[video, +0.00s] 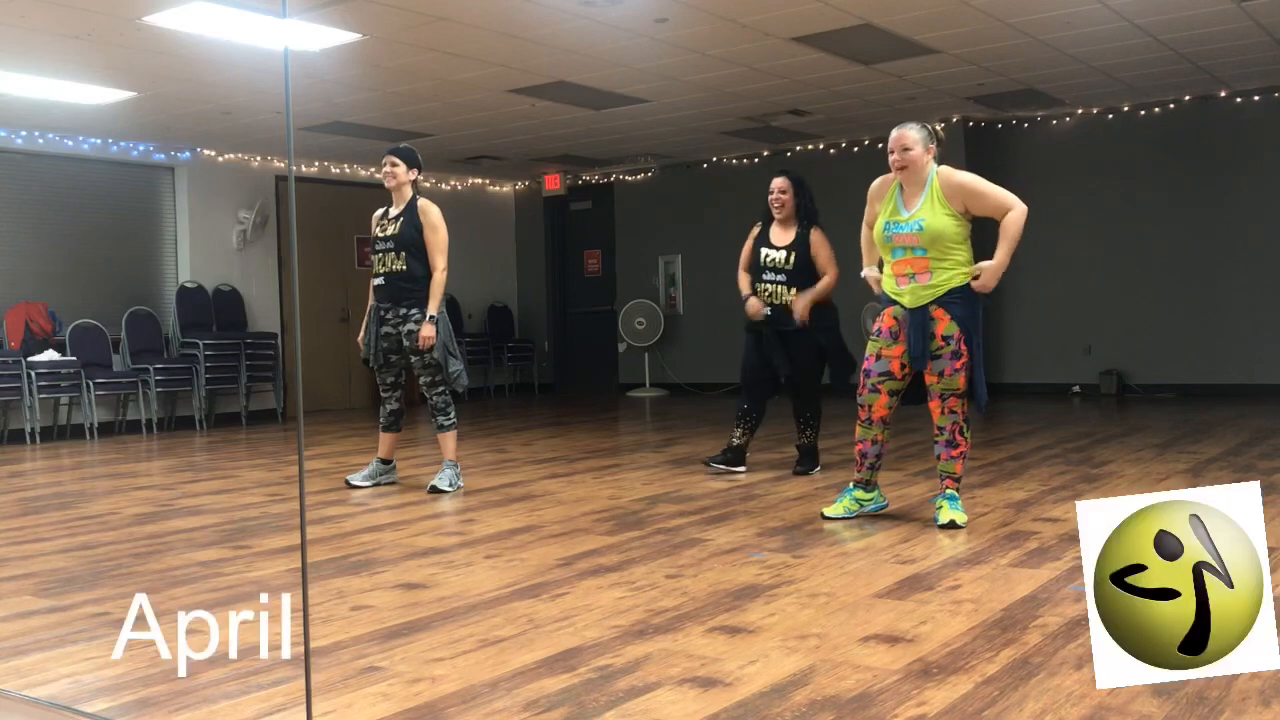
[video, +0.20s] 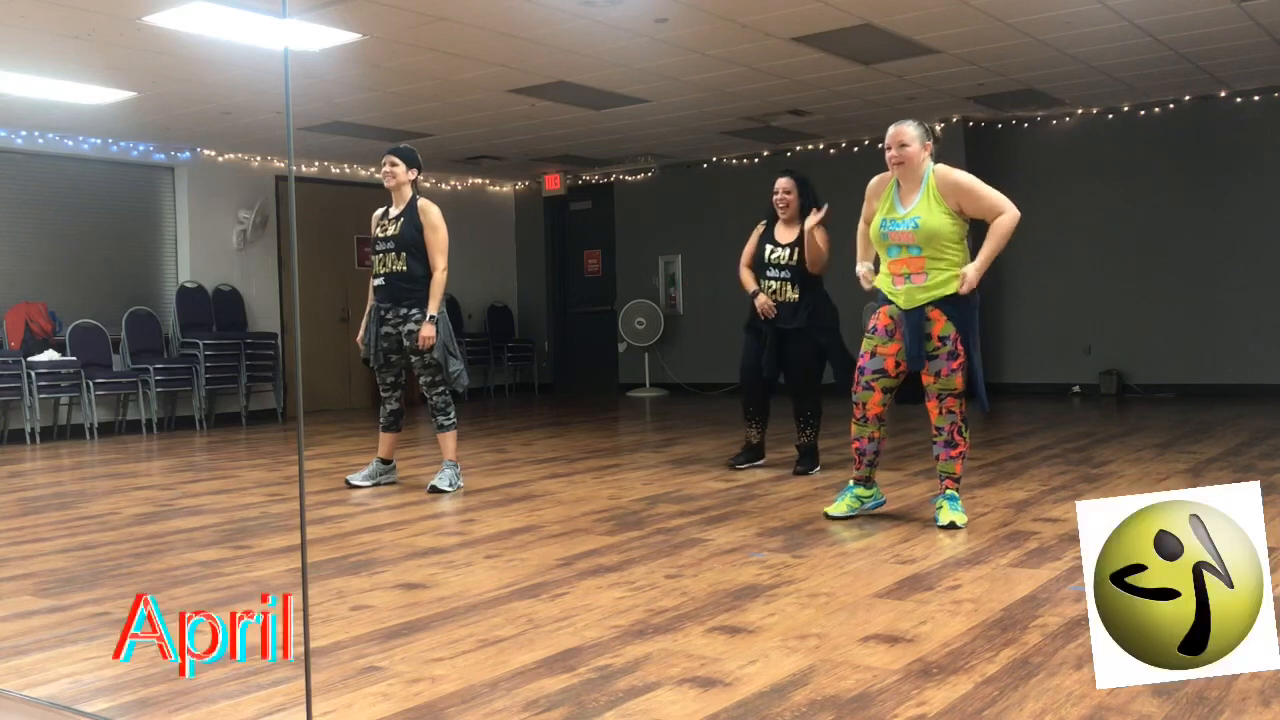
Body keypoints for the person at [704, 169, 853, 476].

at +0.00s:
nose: (775, 198)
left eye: (782, 192)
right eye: (772, 193)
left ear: (797, 197)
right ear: (768, 198)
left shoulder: (812, 235)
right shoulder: (758, 232)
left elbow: (831, 275)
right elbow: (744, 271)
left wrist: (808, 297)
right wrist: (749, 297)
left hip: (801, 330)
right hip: (764, 328)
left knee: (804, 391)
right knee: (753, 387)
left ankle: (808, 454)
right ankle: (736, 451)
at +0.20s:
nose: (780, 198)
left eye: (787, 192)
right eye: (776, 192)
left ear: (802, 197)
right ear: (772, 197)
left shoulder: (815, 231)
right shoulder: (764, 229)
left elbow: (816, 265)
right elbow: (744, 266)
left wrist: (809, 230)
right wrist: (757, 294)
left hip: (804, 324)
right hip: (765, 323)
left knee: (804, 386)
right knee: (753, 380)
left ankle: (808, 453)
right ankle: (754, 447)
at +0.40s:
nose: (775, 200)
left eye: (782, 195)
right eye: (772, 195)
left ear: (797, 200)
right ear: (767, 199)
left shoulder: (808, 232)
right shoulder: (757, 232)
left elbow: (808, 257)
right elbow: (738, 270)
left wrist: (796, 216)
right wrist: (745, 297)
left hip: (798, 327)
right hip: (760, 328)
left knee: (802, 389)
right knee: (761, 389)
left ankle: (807, 453)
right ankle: (763, 449)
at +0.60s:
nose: (762, 199)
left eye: (769, 194)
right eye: (759, 194)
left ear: (784, 199)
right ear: (754, 200)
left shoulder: (794, 232)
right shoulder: (747, 235)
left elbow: (794, 255)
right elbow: (729, 271)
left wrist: (783, 214)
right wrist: (731, 296)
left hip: (789, 325)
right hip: (752, 327)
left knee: (795, 388)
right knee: (757, 389)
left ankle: (806, 453)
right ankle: (762, 449)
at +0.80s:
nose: (748, 200)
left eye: (755, 196)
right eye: (745, 196)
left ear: (770, 201)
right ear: (741, 203)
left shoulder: (782, 231)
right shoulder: (736, 239)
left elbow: (784, 253)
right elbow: (724, 278)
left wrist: (769, 214)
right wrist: (717, 311)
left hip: (779, 325)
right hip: (743, 328)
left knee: (783, 386)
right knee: (753, 389)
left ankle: (802, 452)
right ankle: (762, 449)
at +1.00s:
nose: (739, 203)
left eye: (745, 197)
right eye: (735, 199)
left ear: (760, 202)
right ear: (731, 206)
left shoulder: (774, 233)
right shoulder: (727, 242)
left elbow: (793, 261)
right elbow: (718, 285)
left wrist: (768, 227)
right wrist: (708, 323)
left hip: (776, 322)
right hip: (739, 326)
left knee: (772, 380)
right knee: (749, 386)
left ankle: (785, 447)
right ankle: (761, 448)